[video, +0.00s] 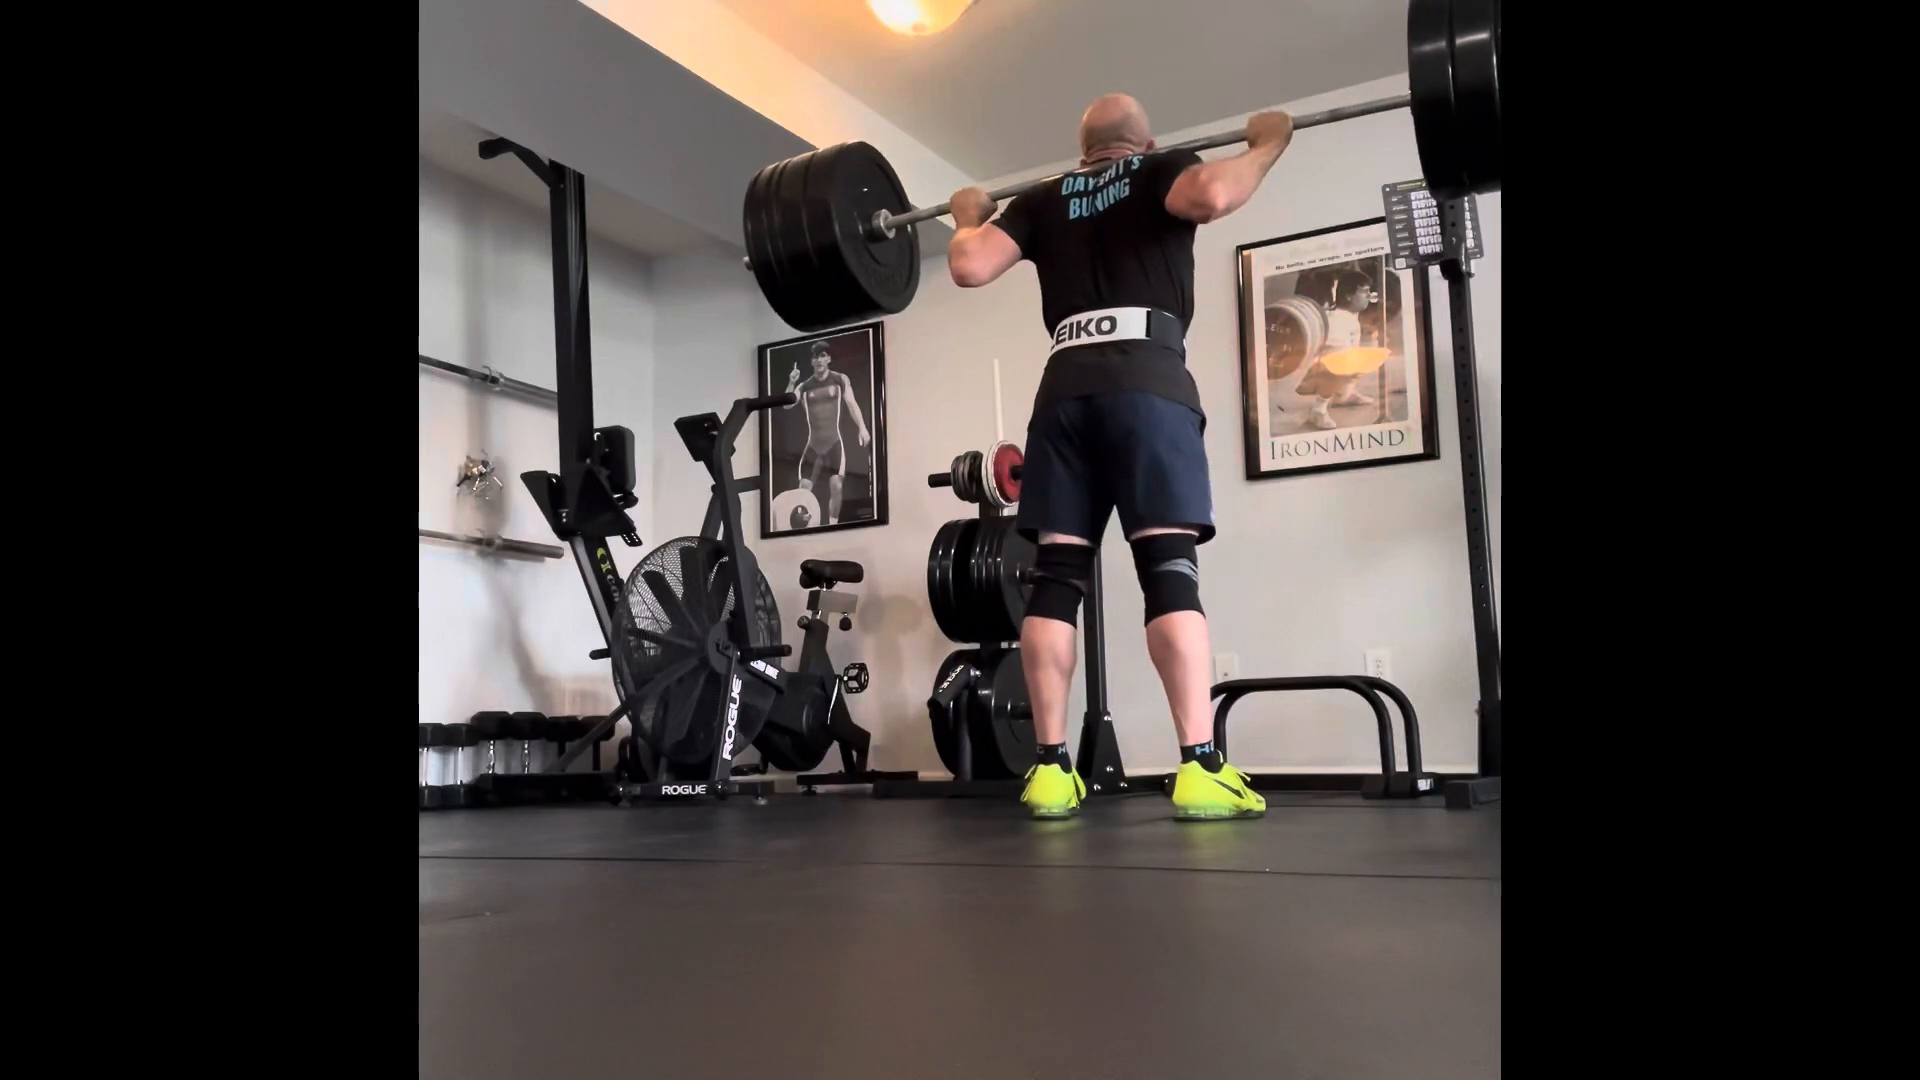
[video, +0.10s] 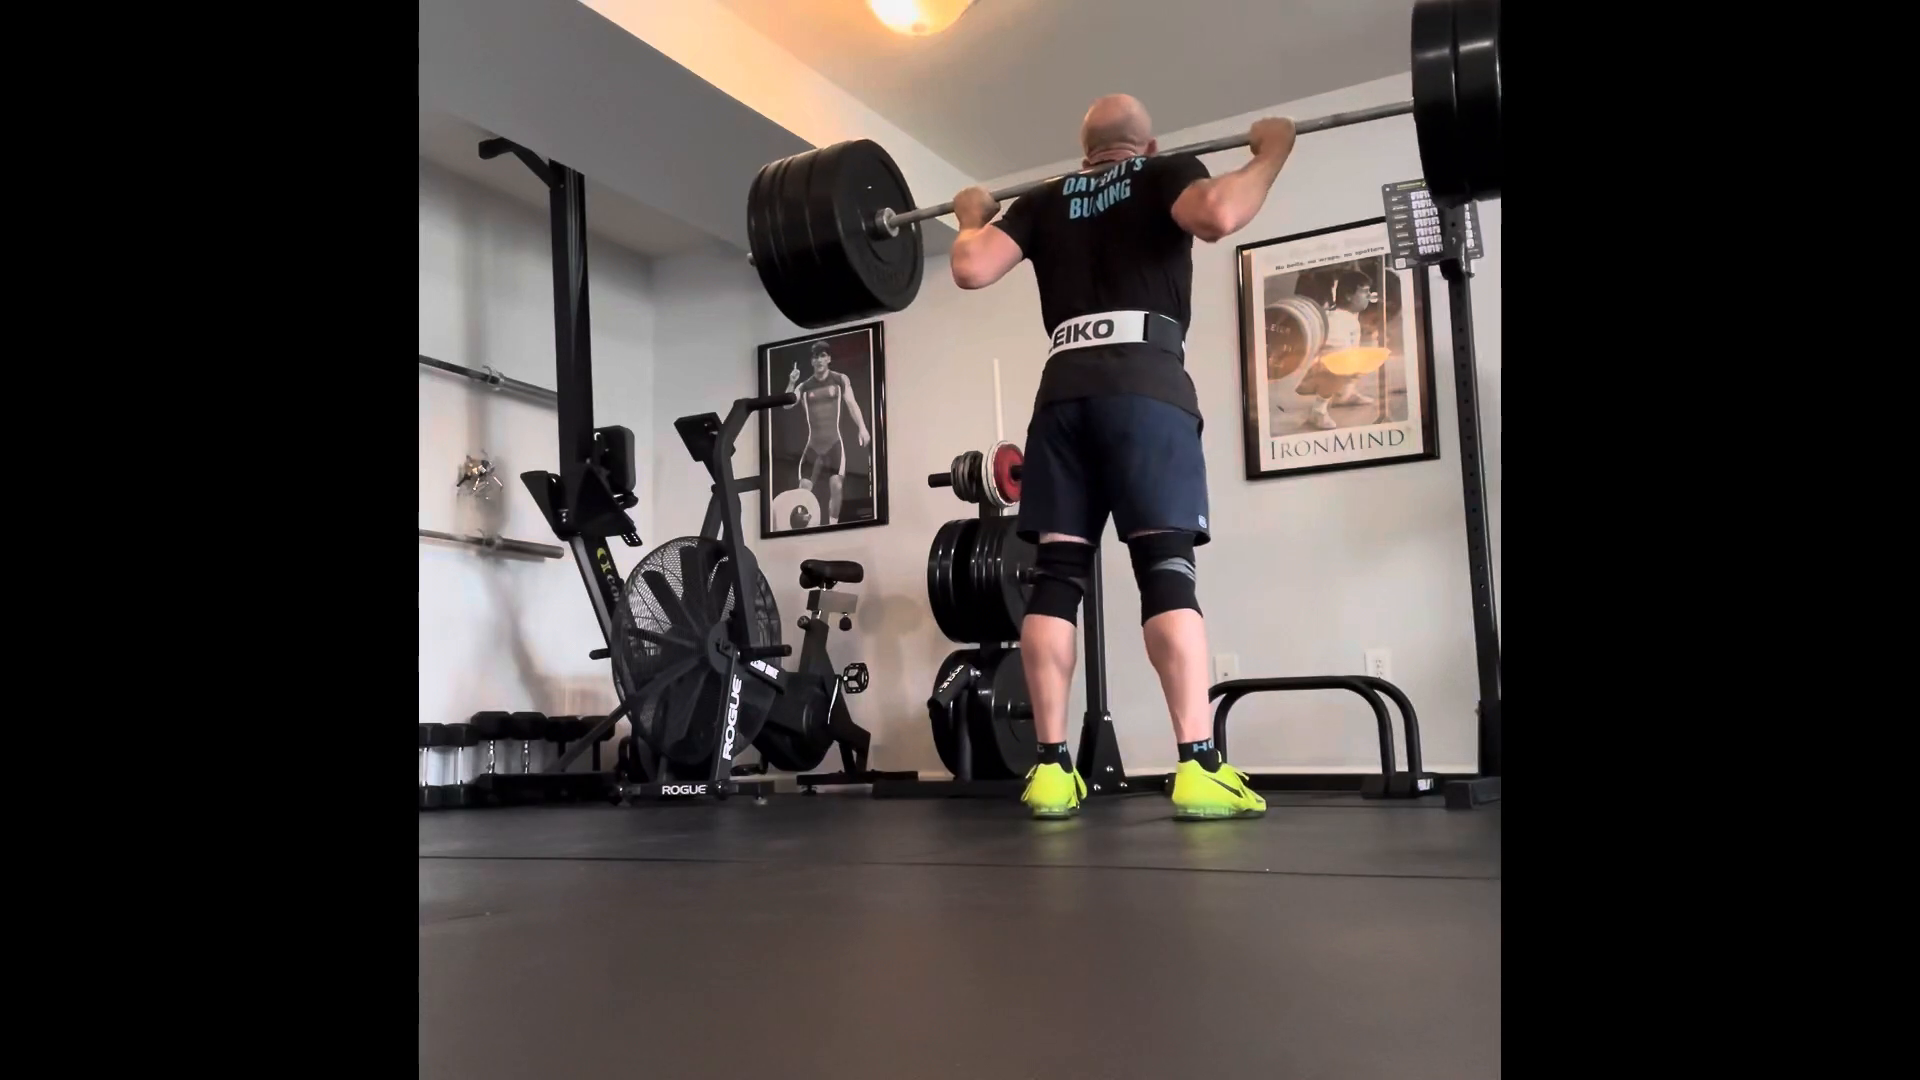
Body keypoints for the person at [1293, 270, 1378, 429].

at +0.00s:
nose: (1369, 296)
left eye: (1368, 292)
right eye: (1365, 292)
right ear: (1349, 295)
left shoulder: (1353, 317)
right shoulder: (1336, 319)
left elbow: (1352, 352)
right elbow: (1331, 357)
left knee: (1361, 362)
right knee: (1338, 369)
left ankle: (1345, 393)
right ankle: (1319, 410)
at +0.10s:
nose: (1369, 296)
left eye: (1368, 292)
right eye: (1365, 292)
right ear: (1349, 295)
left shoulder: (1353, 318)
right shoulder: (1336, 319)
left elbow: (1352, 351)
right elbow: (1331, 356)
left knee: (1361, 363)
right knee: (1338, 369)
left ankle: (1345, 393)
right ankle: (1318, 410)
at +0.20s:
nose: (1369, 296)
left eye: (1368, 292)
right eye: (1365, 292)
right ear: (1349, 295)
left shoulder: (1353, 318)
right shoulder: (1336, 319)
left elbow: (1352, 352)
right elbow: (1329, 356)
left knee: (1359, 362)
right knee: (1339, 367)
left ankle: (1345, 393)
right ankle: (1318, 410)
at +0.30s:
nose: (1369, 296)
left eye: (1368, 292)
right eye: (1365, 292)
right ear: (1349, 295)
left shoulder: (1353, 318)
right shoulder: (1336, 319)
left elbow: (1352, 352)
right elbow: (1330, 357)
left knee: (1359, 362)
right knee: (1338, 368)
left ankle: (1345, 393)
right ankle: (1318, 410)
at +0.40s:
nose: (1369, 296)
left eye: (1368, 292)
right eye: (1365, 292)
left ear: (1350, 296)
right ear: (1349, 295)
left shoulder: (1353, 318)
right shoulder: (1336, 319)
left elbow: (1352, 352)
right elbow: (1330, 357)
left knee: (1359, 362)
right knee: (1340, 367)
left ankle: (1345, 393)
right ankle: (1318, 409)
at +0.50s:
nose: (1369, 296)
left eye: (1368, 292)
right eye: (1365, 292)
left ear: (1349, 296)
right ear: (1348, 295)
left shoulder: (1353, 317)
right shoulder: (1336, 319)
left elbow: (1352, 351)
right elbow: (1332, 357)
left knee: (1358, 362)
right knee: (1339, 368)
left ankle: (1346, 393)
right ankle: (1319, 409)